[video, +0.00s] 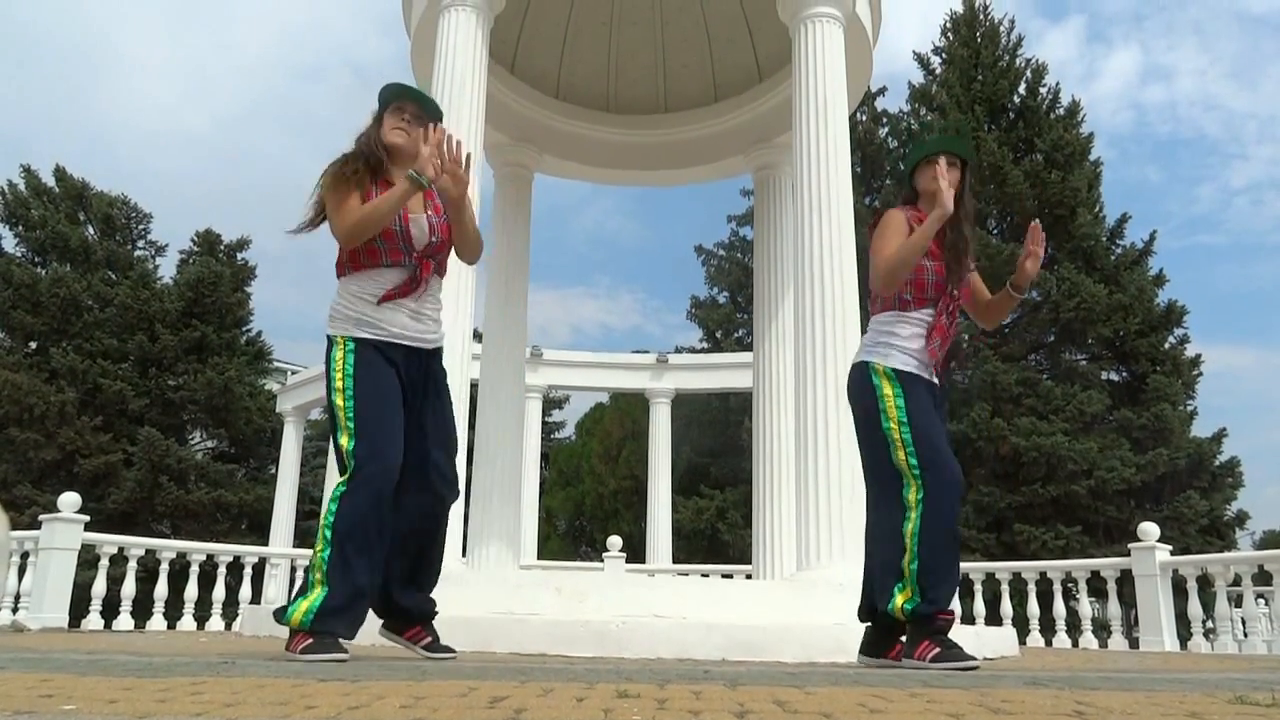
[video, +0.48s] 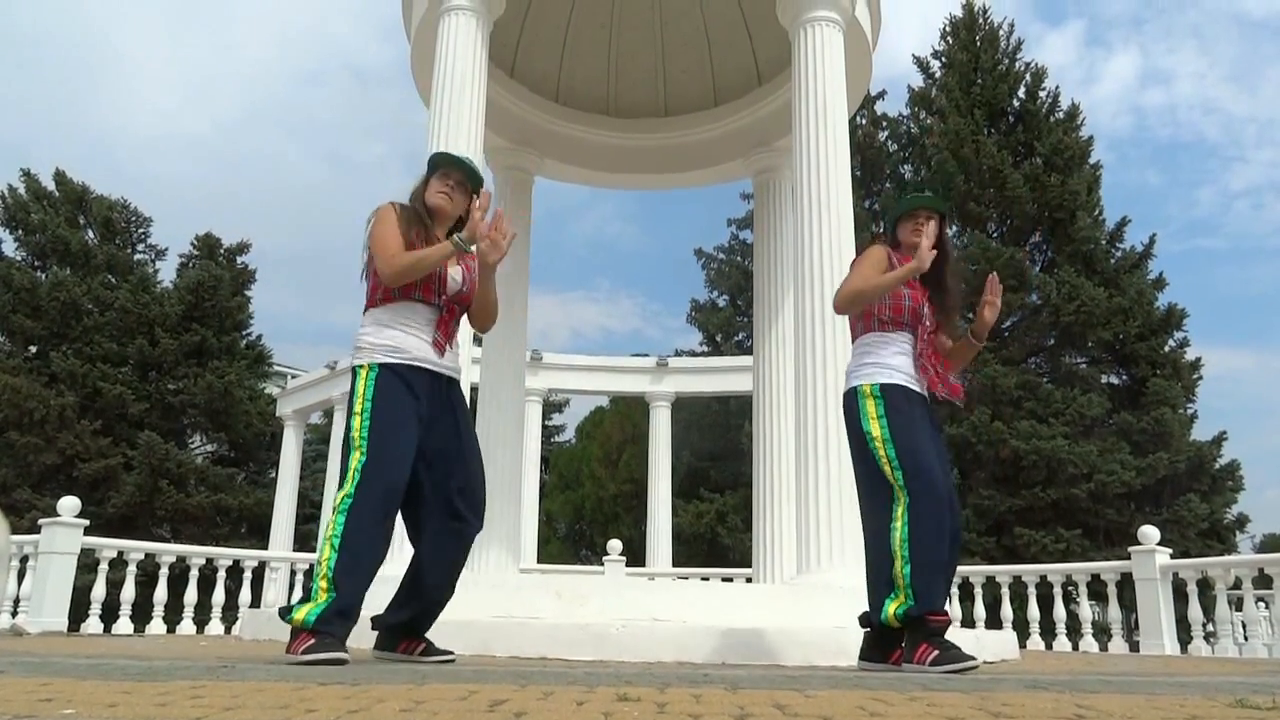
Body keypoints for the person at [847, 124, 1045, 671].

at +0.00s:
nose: (945, 172)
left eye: (954, 166)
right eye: (934, 164)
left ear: (962, 180)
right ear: (914, 176)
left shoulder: (956, 248)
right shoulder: (898, 219)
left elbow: (987, 315)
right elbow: (882, 281)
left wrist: (1019, 281)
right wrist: (937, 217)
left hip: (920, 381)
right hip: (886, 371)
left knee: (897, 498)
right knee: (936, 479)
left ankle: (884, 632)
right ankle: (921, 630)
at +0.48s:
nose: (921, 226)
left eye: (930, 221)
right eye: (912, 220)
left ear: (940, 233)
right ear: (894, 228)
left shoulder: (927, 291)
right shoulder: (879, 255)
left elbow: (952, 359)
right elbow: (844, 300)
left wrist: (980, 329)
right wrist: (912, 269)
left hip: (911, 395)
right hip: (879, 387)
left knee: (936, 502)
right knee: (922, 495)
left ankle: (886, 635)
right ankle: (914, 635)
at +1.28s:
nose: (936, 259)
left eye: (944, 257)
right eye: (928, 254)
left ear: (950, 277)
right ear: (910, 265)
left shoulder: (934, 329)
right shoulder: (893, 281)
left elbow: (934, 411)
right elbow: (827, 321)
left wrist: (976, 396)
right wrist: (888, 317)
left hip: (914, 430)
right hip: (876, 418)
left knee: (956, 534)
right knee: (930, 510)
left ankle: (888, 644)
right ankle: (922, 644)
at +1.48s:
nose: (936, 212)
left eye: (945, 210)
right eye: (927, 207)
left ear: (952, 228)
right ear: (910, 221)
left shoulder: (946, 287)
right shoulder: (884, 257)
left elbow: (957, 369)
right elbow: (813, 301)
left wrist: (979, 337)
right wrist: (848, 349)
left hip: (916, 403)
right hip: (876, 390)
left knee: (897, 505)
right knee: (951, 473)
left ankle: (882, 651)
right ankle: (884, 581)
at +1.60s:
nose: (931, 195)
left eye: (940, 192)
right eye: (922, 189)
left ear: (948, 211)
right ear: (903, 203)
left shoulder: (953, 267)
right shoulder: (870, 248)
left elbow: (993, 326)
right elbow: (805, 282)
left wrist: (1012, 273)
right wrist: (836, 332)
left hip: (925, 393)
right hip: (880, 381)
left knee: (896, 512)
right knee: (960, 464)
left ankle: (876, 648)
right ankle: (899, 568)